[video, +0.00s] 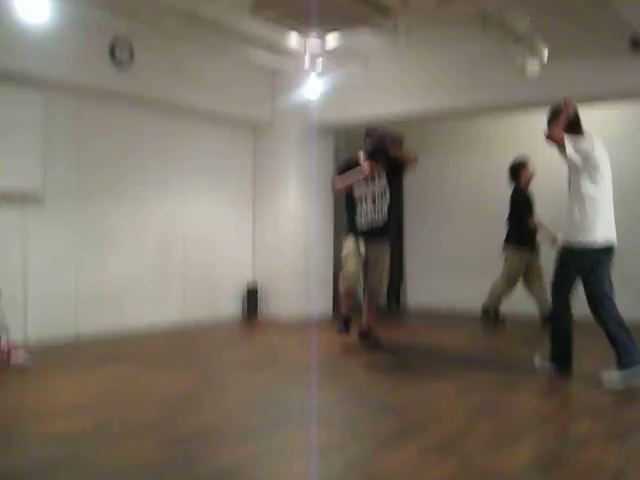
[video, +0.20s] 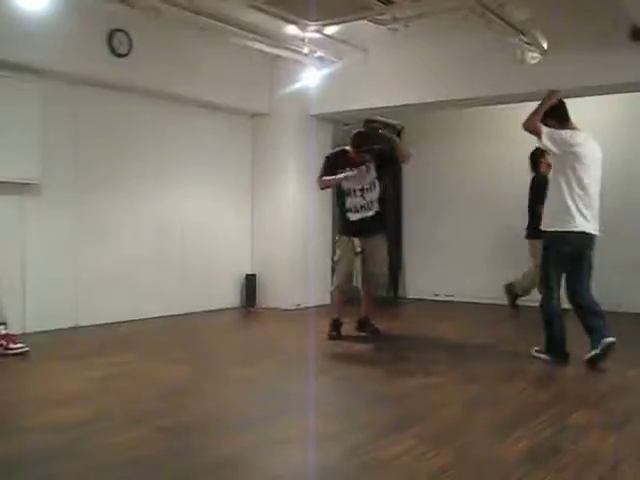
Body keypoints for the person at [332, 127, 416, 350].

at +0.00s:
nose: (373, 168)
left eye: (378, 164)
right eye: (370, 163)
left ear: (384, 159)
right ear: (363, 157)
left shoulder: (390, 168)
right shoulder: (351, 167)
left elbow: (411, 162)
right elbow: (337, 185)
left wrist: (395, 154)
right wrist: (361, 173)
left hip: (380, 235)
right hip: (355, 235)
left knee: (375, 285)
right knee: (350, 276)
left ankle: (367, 328)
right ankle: (346, 315)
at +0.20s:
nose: (363, 159)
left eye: (367, 155)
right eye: (360, 155)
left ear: (373, 151)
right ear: (351, 149)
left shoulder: (378, 158)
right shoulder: (336, 159)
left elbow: (404, 157)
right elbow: (322, 183)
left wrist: (392, 140)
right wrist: (349, 175)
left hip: (373, 228)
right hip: (347, 229)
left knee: (375, 276)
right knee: (342, 278)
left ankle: (365, 319)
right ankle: (336, 321)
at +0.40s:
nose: (347, 154)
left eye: (350, 150)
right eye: (343, 151)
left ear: (354, 146)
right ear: (334, 146)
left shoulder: (361, 156)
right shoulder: (318, 160)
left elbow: (388, 168)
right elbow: (305, 187)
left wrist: (413, 176)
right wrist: (301, 209)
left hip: (362, 227)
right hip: (335, 229)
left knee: (363, 275)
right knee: (332, 277)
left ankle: (358, 319)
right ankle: (329, 321)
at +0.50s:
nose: (345, 152)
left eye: (348, 148)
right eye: (341, 149)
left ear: (352, 144)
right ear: (332, 144)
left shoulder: (360, 158)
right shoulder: (316, 161)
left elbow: (385, 176)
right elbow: (299, 187)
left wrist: (408, 194)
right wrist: (284, 211)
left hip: (359, 227)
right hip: (332, 230)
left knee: (363, 276)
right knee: (331, 279)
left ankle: (357, 319)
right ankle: (329, 323)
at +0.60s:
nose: (345, 150)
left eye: (348, 147)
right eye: (341, 147)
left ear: (352, 143)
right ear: (332, 141)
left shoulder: (360, 157)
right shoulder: (316, 160)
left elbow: (377, 179)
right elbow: (295, 184)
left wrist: (393, 199)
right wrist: (273, 207)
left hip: (359, 227)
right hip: (332, 230)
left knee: (360, 276)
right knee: (330, 280)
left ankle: (357, 319)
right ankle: (329, 323)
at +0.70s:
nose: (352, 148)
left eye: (354, 144)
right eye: (348, 145)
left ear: (355, 142)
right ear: (337, 141)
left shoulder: (357, 156)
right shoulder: (317, 157)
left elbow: (368, 178)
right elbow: (294, 176)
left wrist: (379, 196)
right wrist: (270, 195)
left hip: (358, 227)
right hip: (331, 229)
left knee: (362, 278)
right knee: (329, 280)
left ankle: (356, 318)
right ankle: (329, 322)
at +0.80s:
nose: (350, 148)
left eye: (353, 145)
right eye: (347, 144)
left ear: (356, 141)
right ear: (337, 138)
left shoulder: (356, 153)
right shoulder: (319, 153)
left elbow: (365, 175)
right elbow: (293, 168)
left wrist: (375, 189)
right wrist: (268, 183)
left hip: (356, 223)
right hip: (331, 224)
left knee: (362, 273)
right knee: (330, 274)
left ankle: (354, 318)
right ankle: (328, 323)